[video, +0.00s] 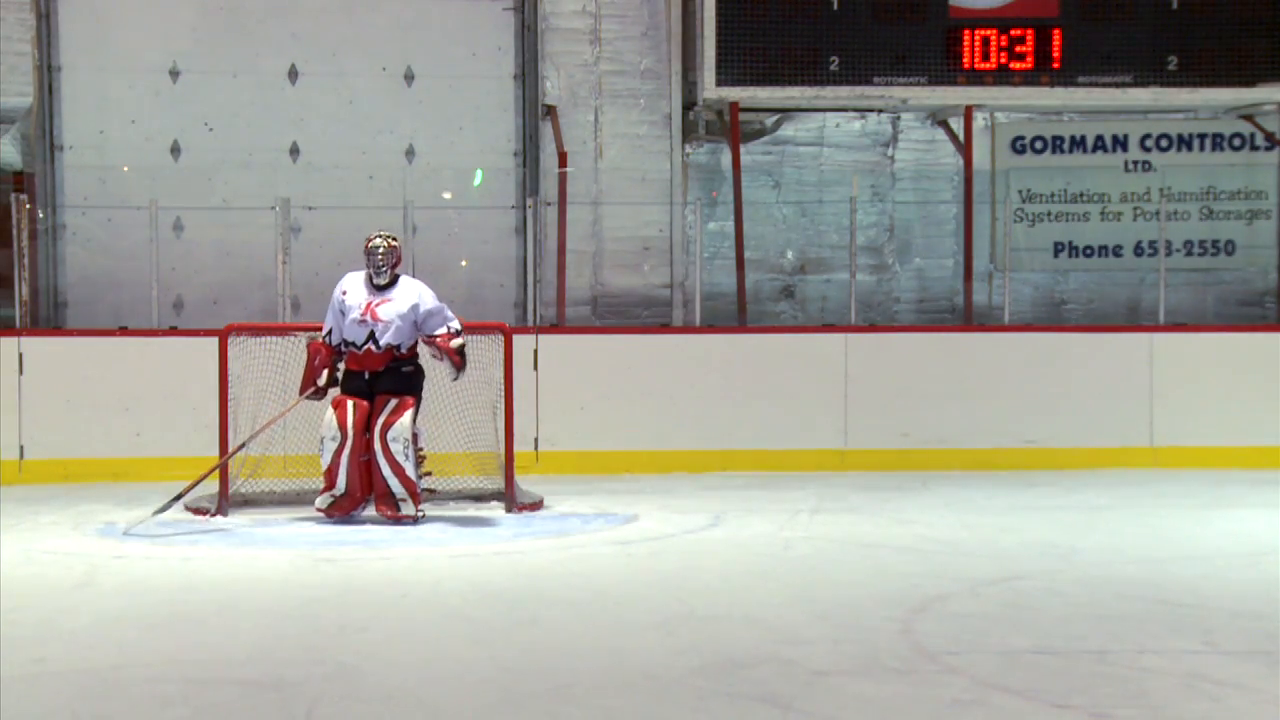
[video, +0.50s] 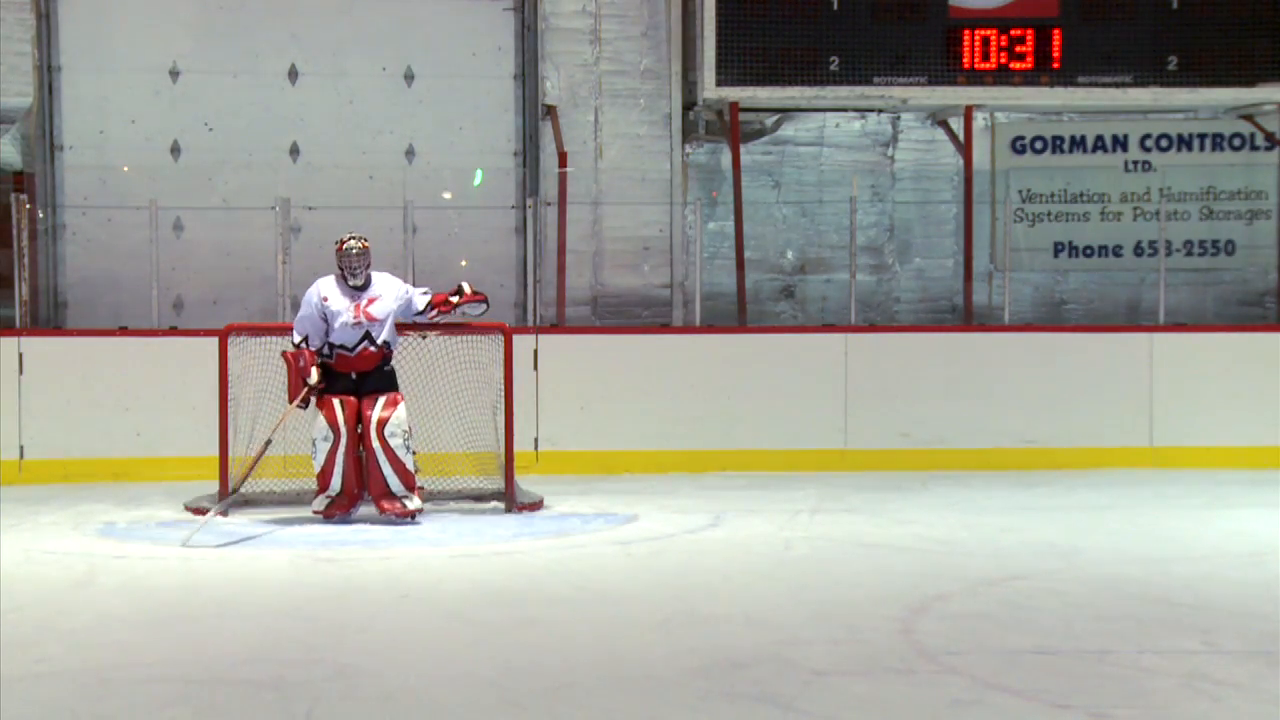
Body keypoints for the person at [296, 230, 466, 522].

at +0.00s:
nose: (380, 262)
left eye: (386, 256)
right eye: (374, 256)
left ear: (397, 259)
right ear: (366, 259)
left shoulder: (416, 293)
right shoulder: (348, 286)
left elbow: (446, 326)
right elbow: (332, 336)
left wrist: (452, 346)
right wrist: (323, 373)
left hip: (398, 379)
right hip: (356, 378)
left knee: (390, 434)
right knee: (341, 431)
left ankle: (399, 504)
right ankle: (342, 501)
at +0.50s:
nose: (355, 265)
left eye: (360, 259)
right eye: (349, 260)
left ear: (369, 260)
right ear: (339, 263)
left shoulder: (389, 287)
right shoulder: (321, 292)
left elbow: (421, 304)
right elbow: (304, 339)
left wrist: (453, 299)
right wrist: (308, 371)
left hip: (378, 376)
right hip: (336, 378)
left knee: (389, 433)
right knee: (335, 436)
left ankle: (398, 501)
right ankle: (336, 501)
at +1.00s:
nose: (344, 262)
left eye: (349, 256)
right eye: (338, 257)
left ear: (357, 257)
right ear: (328, 259)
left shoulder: (376, 285)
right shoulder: (313, 288)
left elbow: (407, 308)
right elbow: (293, 328)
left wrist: (443, 305)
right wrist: (306, 347)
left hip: (369, 374)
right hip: (330, 377)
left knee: (384, 429)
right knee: (335, 432)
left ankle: (384, 496)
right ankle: (336, 499)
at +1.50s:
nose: (343, 261)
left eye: (348, 255)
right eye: (337, 255)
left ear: (357, 257)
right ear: (327, 258)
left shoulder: (375, 285)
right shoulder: (311, 286)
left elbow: (405, 309)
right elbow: (295, 332)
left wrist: (441, 306)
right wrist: (295, 327)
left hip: (366, 372)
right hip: (325, 374)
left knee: (381, 429)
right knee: (329, 433)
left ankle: (385, 499)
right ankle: (334, 500)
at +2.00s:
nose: (344, 259)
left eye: (349, 253)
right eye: (338, 254)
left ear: (356, 254)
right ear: (328, 257)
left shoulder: (375, 284)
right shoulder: (315, 284)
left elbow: (404, 308)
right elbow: (301, 321)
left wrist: (442, 307)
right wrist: (291, 309)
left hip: (366, 372)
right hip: (325, 374)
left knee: (382, 429)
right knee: (330, 432)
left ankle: (388, 499)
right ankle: (332, 501)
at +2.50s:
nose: (343, 260)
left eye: (347, 253)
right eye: (336, 255)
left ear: (355, 256)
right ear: (326, 259)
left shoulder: (376, 285)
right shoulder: (311, 288)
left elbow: (405, 309)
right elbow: (301, 334)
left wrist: (440, 307)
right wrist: (288, 327)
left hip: (366, 372)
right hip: (325, 374)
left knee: (385, 427)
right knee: (333, 430)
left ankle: (386, 498)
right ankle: (332, 501)